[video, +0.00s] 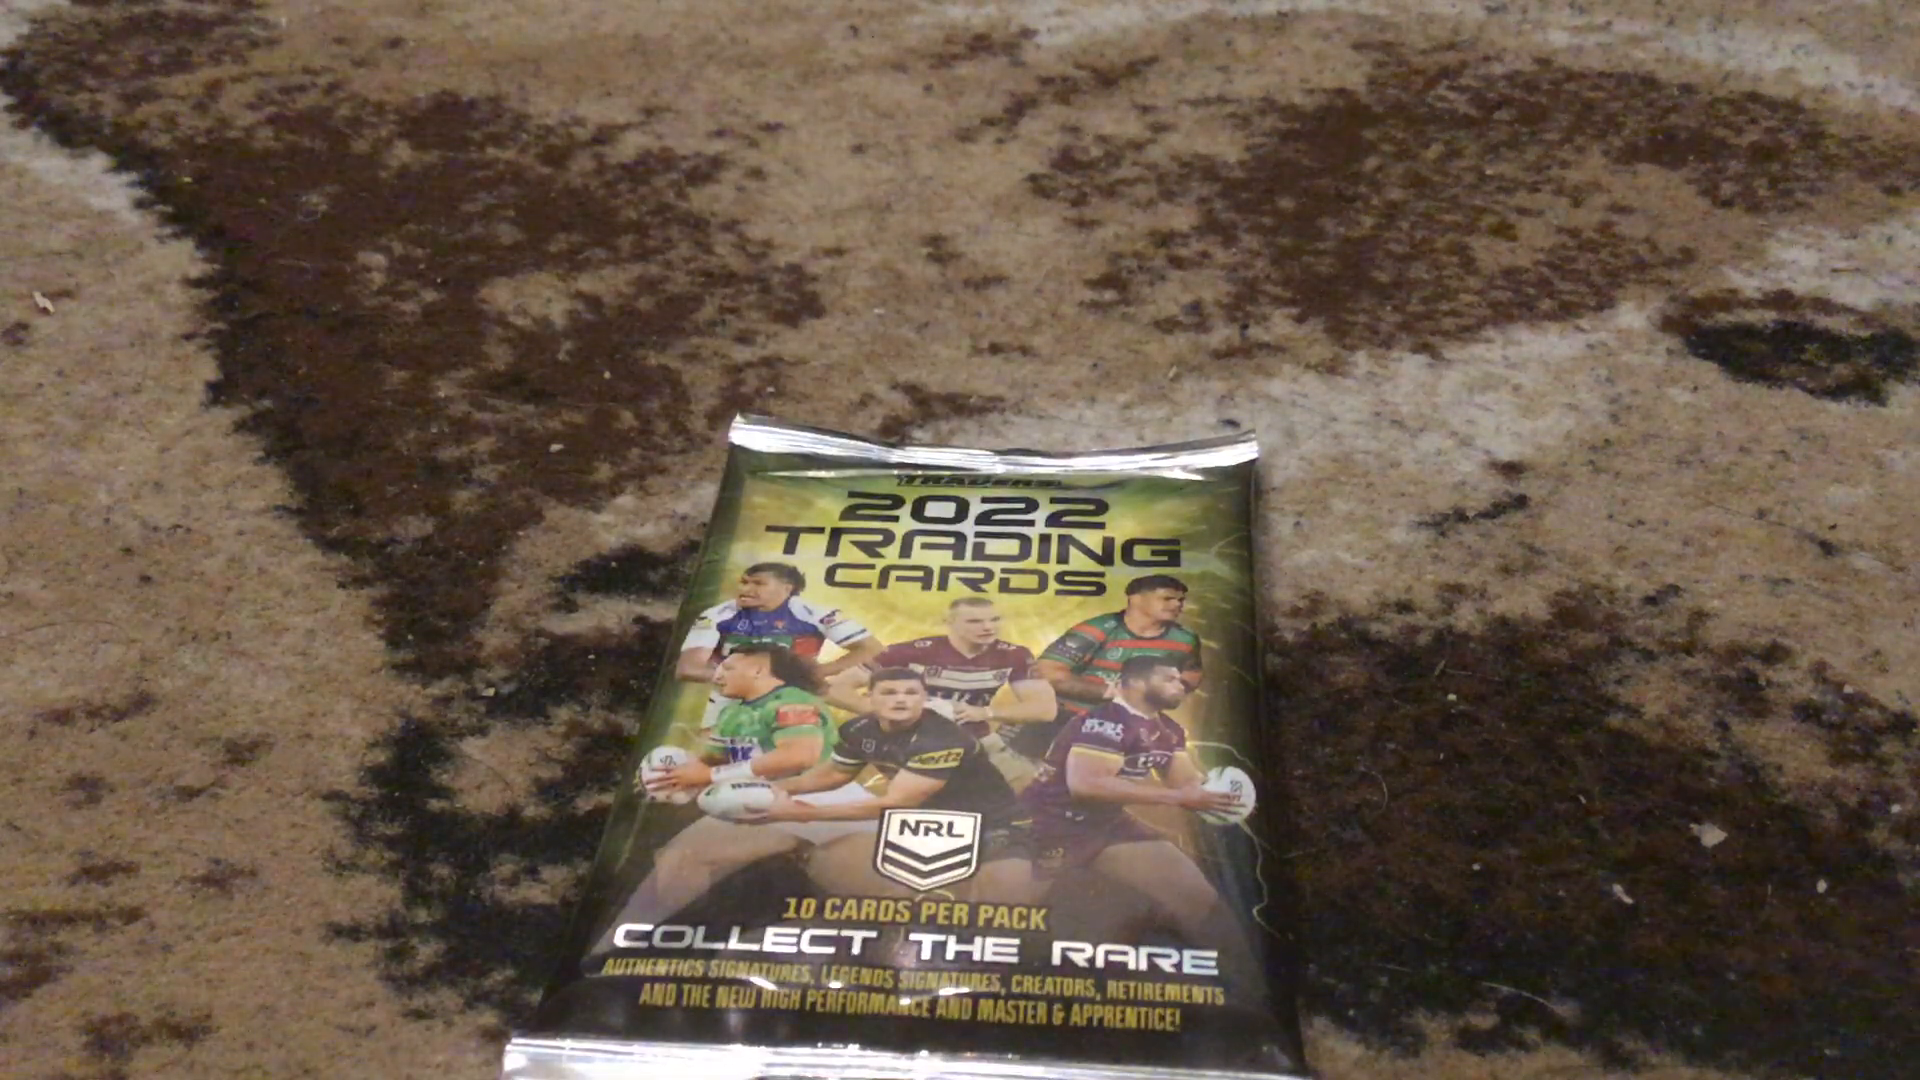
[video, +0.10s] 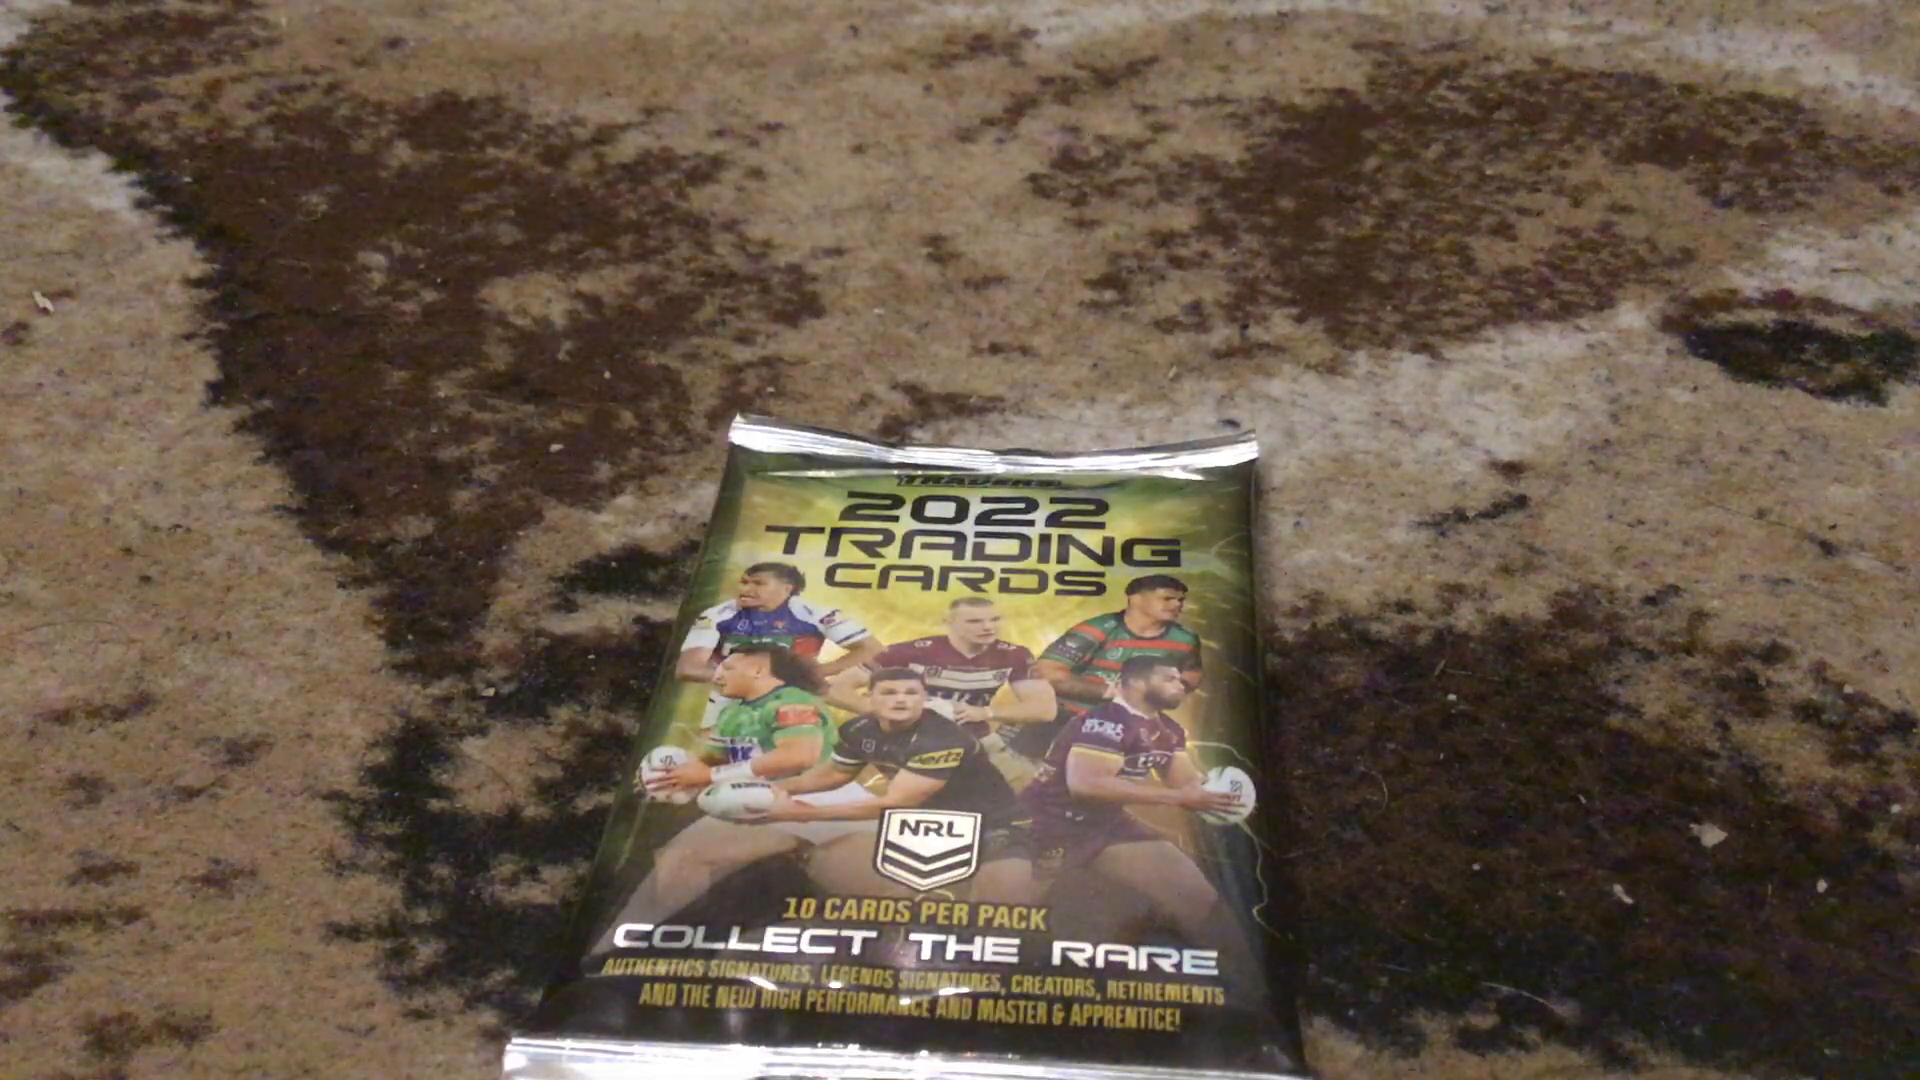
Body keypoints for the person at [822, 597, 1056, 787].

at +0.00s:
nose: (987, 628)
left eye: (993, 620)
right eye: (975, 621)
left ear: (999, 621)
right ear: (950, 623)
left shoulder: (1014, 657)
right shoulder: (915, 653)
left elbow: (1046, 709)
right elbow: (833, 688)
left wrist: (987, 713)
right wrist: (887, 710)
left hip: (985, 747)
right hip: (923, 746)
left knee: (1039, 787)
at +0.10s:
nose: (987, 628)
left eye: (993, 620)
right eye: (975, 621)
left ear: (1000, 621)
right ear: (950, 623)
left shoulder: (1015, 657)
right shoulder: (915, 653)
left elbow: (1045, 709)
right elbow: (834, 687)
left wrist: (987, 713)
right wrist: (888, 710)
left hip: (985, 748)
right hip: (923, 746)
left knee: (1039, 787)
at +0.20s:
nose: (987, 628)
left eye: (993, 620)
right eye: (975, 621)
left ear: (999, 621)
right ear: (950, 623)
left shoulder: (1015, 657)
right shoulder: (916, 653)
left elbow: (1045, 709)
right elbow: (834, 687)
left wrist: (985, 713)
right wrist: (888, 710)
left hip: (984, 746)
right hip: (923, 745)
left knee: (1038, 786)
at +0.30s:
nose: (987, 628)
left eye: (992, 620)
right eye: (975, 621)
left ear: (999, 620)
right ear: (951, 622)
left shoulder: (1014, 657)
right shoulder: (918, 652)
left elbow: (1045, 709)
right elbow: (834, 688)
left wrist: (987, 713)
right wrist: (895, 712)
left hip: (983, 747)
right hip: (923, 744)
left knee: (1034, 784)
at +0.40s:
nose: (987, 628)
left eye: (993, 620)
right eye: (975, 621)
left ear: (999, 620)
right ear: (950, 622)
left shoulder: (1014, 657)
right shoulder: (916, 653)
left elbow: (1045, 709)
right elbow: (834, 688)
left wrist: (987, 713)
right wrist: (894, 711)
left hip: (984, 748)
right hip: (923, 747)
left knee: (1036, 785)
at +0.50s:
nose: (987, 628)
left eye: (993, 620)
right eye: (975, 621)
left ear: (999, 620)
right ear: (951, 622)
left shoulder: (1014, 657)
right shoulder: (916, 652)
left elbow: (1045, 709)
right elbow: (836, 689)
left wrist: (986, 712)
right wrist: (896, 711)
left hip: (984, 746)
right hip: (924, 745)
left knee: (1036, 784)